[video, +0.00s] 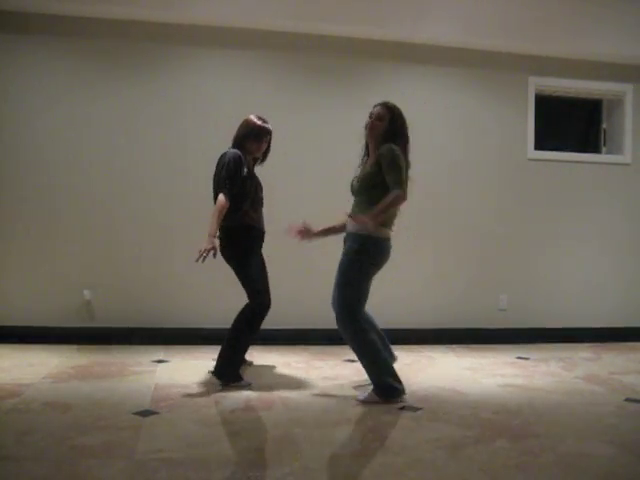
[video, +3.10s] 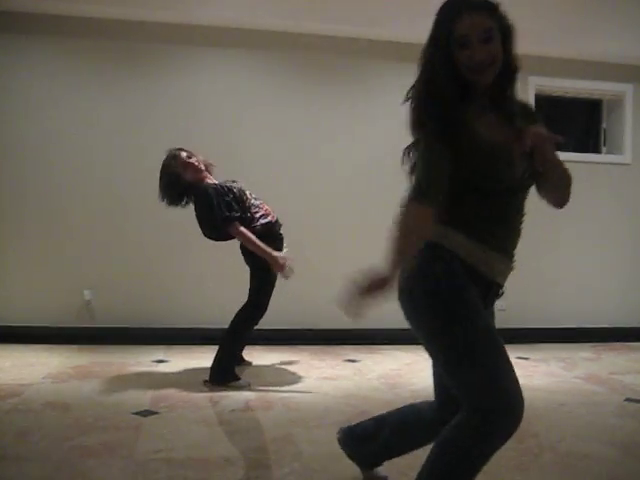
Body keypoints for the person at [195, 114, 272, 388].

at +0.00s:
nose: (264, 147)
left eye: (266, 142)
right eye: (261, 141)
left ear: (261, 144)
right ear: (249, 139)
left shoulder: (247, 166)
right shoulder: (233, 158)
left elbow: (241, 204)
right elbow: (222, 199)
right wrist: (212, 237)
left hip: (249, 239)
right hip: (238, 240)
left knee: (261, 300)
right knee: (259, 301)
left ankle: (232, 358)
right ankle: (226, 368)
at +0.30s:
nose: (263, 154)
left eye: (265, 150)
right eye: (263, 148)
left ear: (250, 140)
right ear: (253, 142)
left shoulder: (241, 161)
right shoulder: (233, 160)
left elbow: (261, 195)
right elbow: (230, 200)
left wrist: (283, 220)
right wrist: (226, 238)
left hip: (253, 236)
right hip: (246, 238)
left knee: (254, 297)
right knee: (254, 299)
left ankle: (234, 351)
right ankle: (222, 368)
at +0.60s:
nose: (262, 154)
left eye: (264, 150)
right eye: (262, 148)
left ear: (247, 140)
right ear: (252, 142)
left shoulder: (245, 163)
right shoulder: (231, 152)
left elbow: (258, 199)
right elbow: (222, 185)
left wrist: (283, 183)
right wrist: (226, 210)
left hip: (251, 236)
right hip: (241, 236)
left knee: (251, 298)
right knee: (251, 299)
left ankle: (230, 357)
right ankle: (225, 369)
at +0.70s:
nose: (260, 157)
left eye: (262, 153)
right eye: (260, 151)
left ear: (249, 143)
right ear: (251, 143)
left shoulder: (243, 164)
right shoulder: (226, 152)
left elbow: (250, 204)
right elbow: (214, 190)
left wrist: (276, 189)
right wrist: (226, 187)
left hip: (250, 235)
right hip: (241, 235)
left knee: (249, 298)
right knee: (247, 299)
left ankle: (231, 354)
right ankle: (222, 370)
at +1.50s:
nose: (242, 154)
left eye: (243, 149)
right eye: (241, 147)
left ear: (224, 139)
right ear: (230, 141)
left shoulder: (223, 156)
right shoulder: (215, 155)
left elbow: (256, 174)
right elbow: (247, 181)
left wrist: (292, 184)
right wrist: (273, 197)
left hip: (244, 235)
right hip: (238, 237)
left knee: (246, 299)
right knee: (246, 300)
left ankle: (227, 352)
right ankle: (220, 371)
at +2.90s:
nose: (214, 162)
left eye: (213, 158)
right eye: (211, 159)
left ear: (192, 163)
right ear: (200, 162)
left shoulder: (208, 186)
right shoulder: (207, 189)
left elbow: (249, 196)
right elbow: (243, 216)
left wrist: (286, 195)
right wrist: (288, 218)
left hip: (256, 241)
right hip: (259, 244)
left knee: (252, 305)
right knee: (252, 308)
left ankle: (231, 353)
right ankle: (219, 373)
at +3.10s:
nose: (193, 162)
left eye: (191, 156)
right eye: (186, 165)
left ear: (198, 157)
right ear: (182, 179)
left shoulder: (213, 186)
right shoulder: (209, 194)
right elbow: (238, 231)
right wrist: (272, 256)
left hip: (263, 237)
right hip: (260, 242)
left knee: (256, 305)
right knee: (256, 307)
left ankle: (232, 353)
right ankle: (221, 372)